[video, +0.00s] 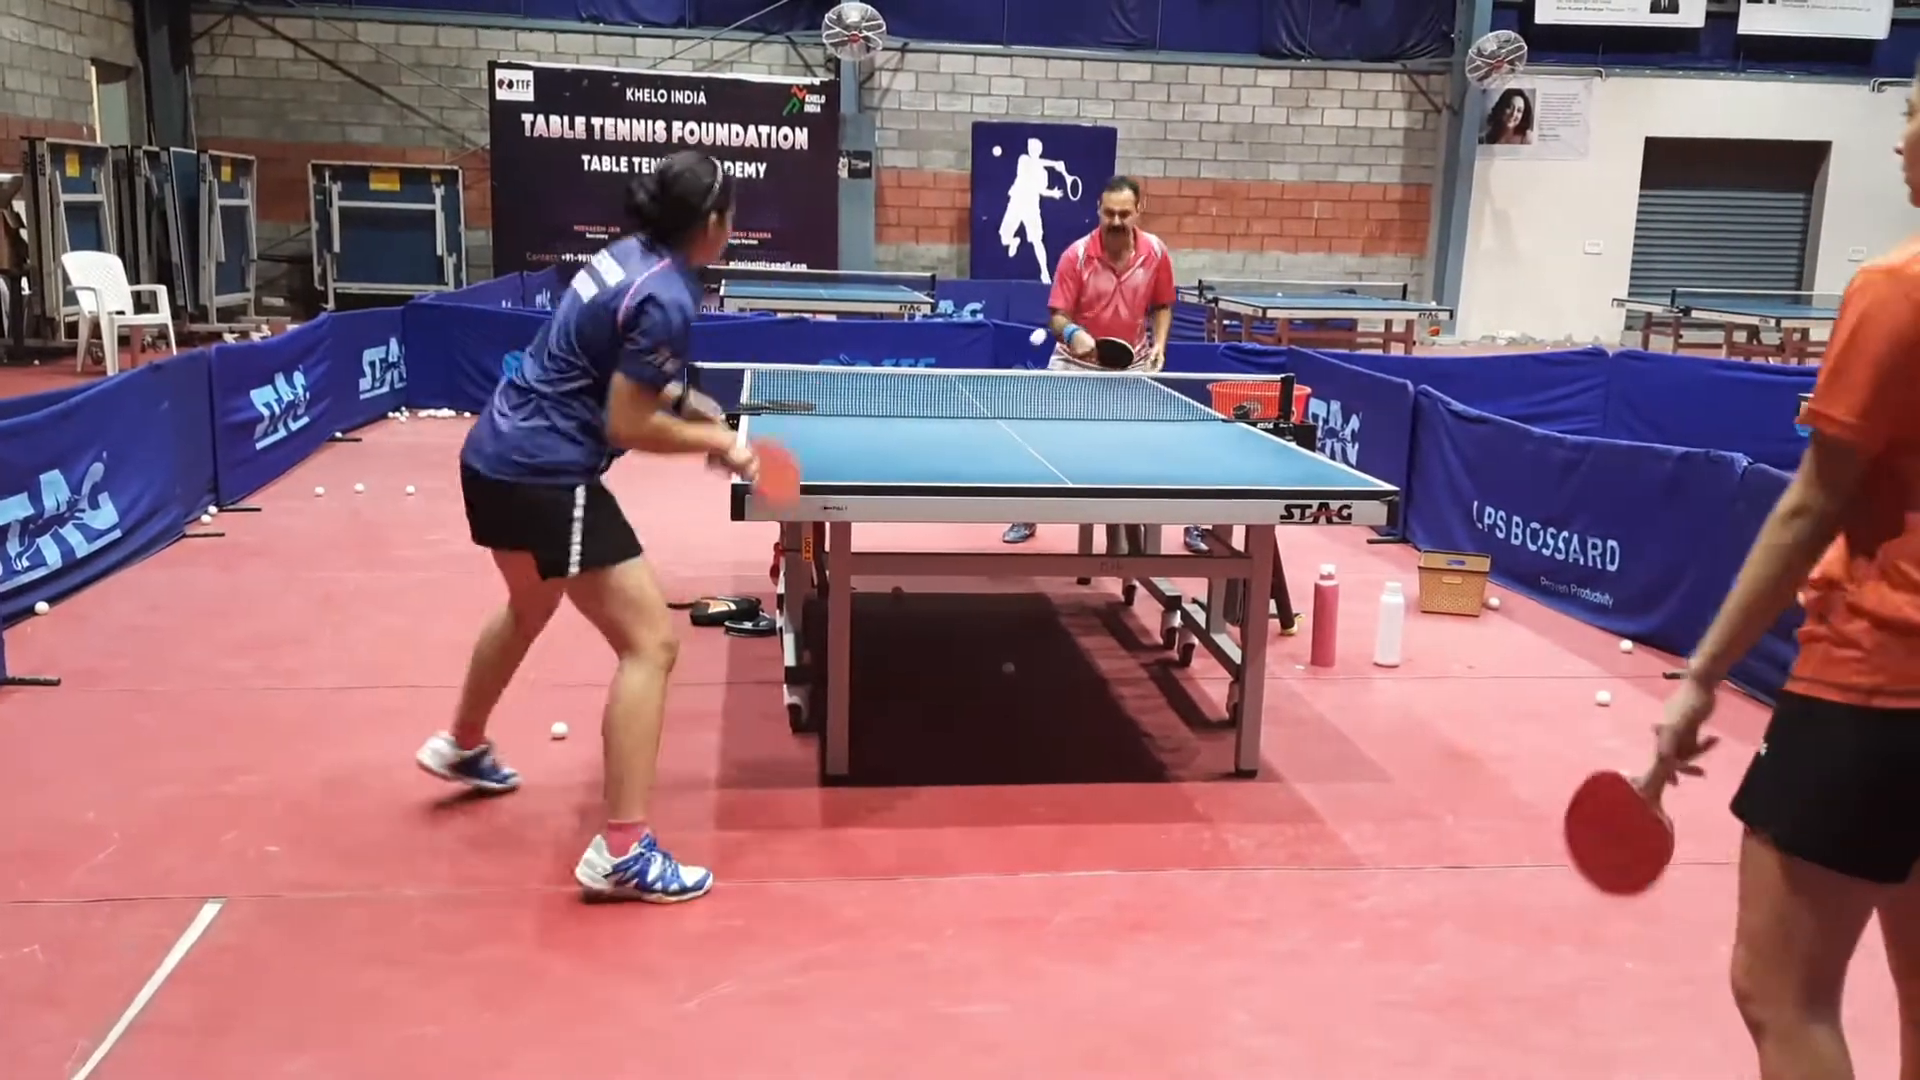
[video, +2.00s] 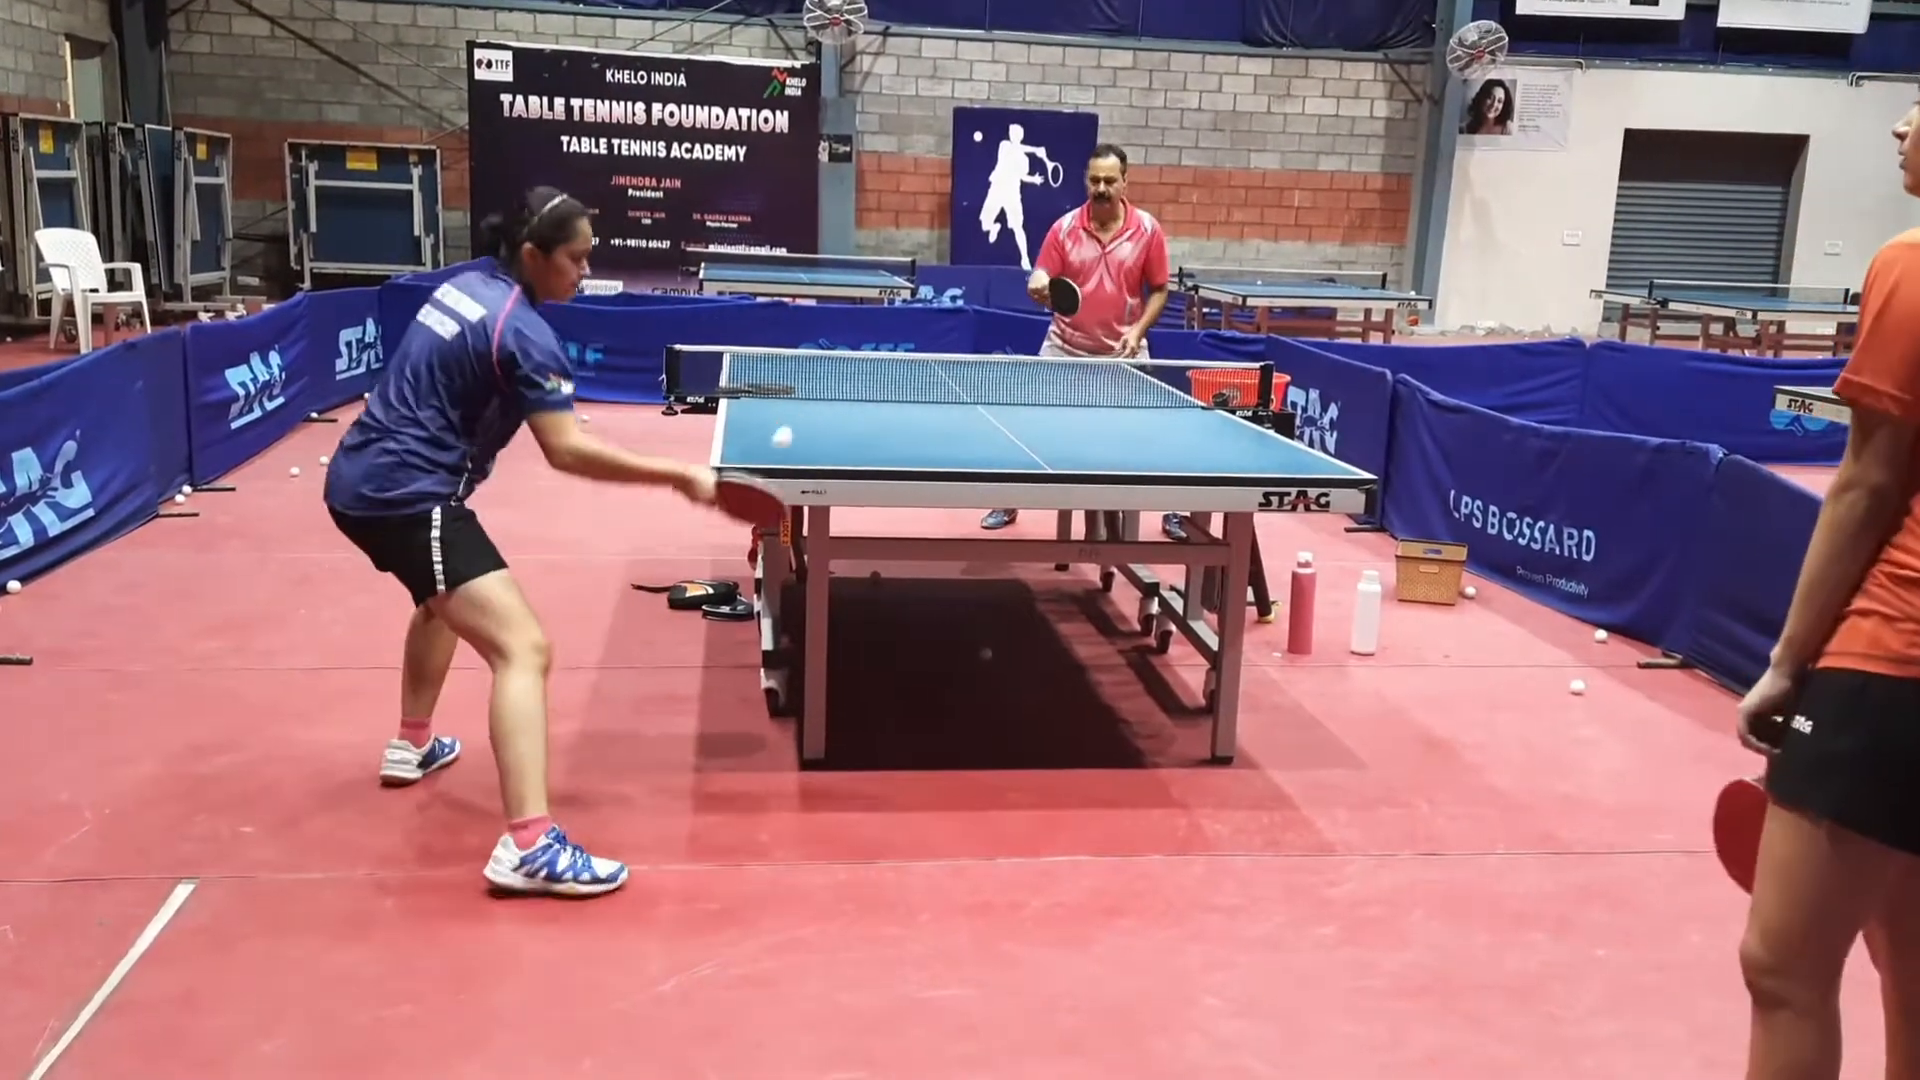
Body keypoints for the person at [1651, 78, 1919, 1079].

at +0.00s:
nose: (1902, 147)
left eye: (1909, 128)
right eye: (1907, 126)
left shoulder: (1896, 290)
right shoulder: (1890, 290)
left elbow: (1812, 508)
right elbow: (1813, 504)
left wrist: (1701, 676)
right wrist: (1703, 678)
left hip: (1871, 693)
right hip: (1896, 694)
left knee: (1783, 994)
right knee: (1917, 985)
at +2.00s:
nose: (1900, 138)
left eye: (1910, 123)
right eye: (1906, 122)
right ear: (1909, 138)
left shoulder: (1907, 265)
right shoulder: (1902, 268)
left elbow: (1874, 482)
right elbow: (1871, 482)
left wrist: (1787, 662)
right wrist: (1802, 664)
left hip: (1880, 662)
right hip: (1886, 665)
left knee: (1784, 976)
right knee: (1909, 977)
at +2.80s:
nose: (1729, 100)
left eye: (1744, 82)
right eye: (1739, 77)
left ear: (1796, 116)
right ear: (1828, 121)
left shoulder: (1769, 292)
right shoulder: (1896, 253)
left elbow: (1716, 537)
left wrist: (1632, 725)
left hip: (1762, 694)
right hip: (1879, 684)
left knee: (1686, 983)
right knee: (1827, 943)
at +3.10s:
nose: (1664, 117)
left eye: (1674, 96)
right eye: (1669, 94)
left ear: (1725, 116)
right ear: (1782, 120)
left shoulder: (1719, 306)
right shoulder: (1866, 250)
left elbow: (1639, 559)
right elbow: (1878, 478)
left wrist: (1547, 747)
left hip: (1732, 698)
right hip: (1841, 674)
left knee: (1696, 1008)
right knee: (1696, 982)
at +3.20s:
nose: (1640, 136)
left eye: (1650, 113)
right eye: (1644, 113)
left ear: (1706, 124)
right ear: (1748, 123)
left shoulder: (1716, 317)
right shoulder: (1842, 252)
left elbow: (1630, 567)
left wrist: (1532, 754)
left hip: (1724, 696)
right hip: (1811, 669)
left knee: (1694, 1009)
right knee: (1600, 891)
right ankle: (1617, 1079)